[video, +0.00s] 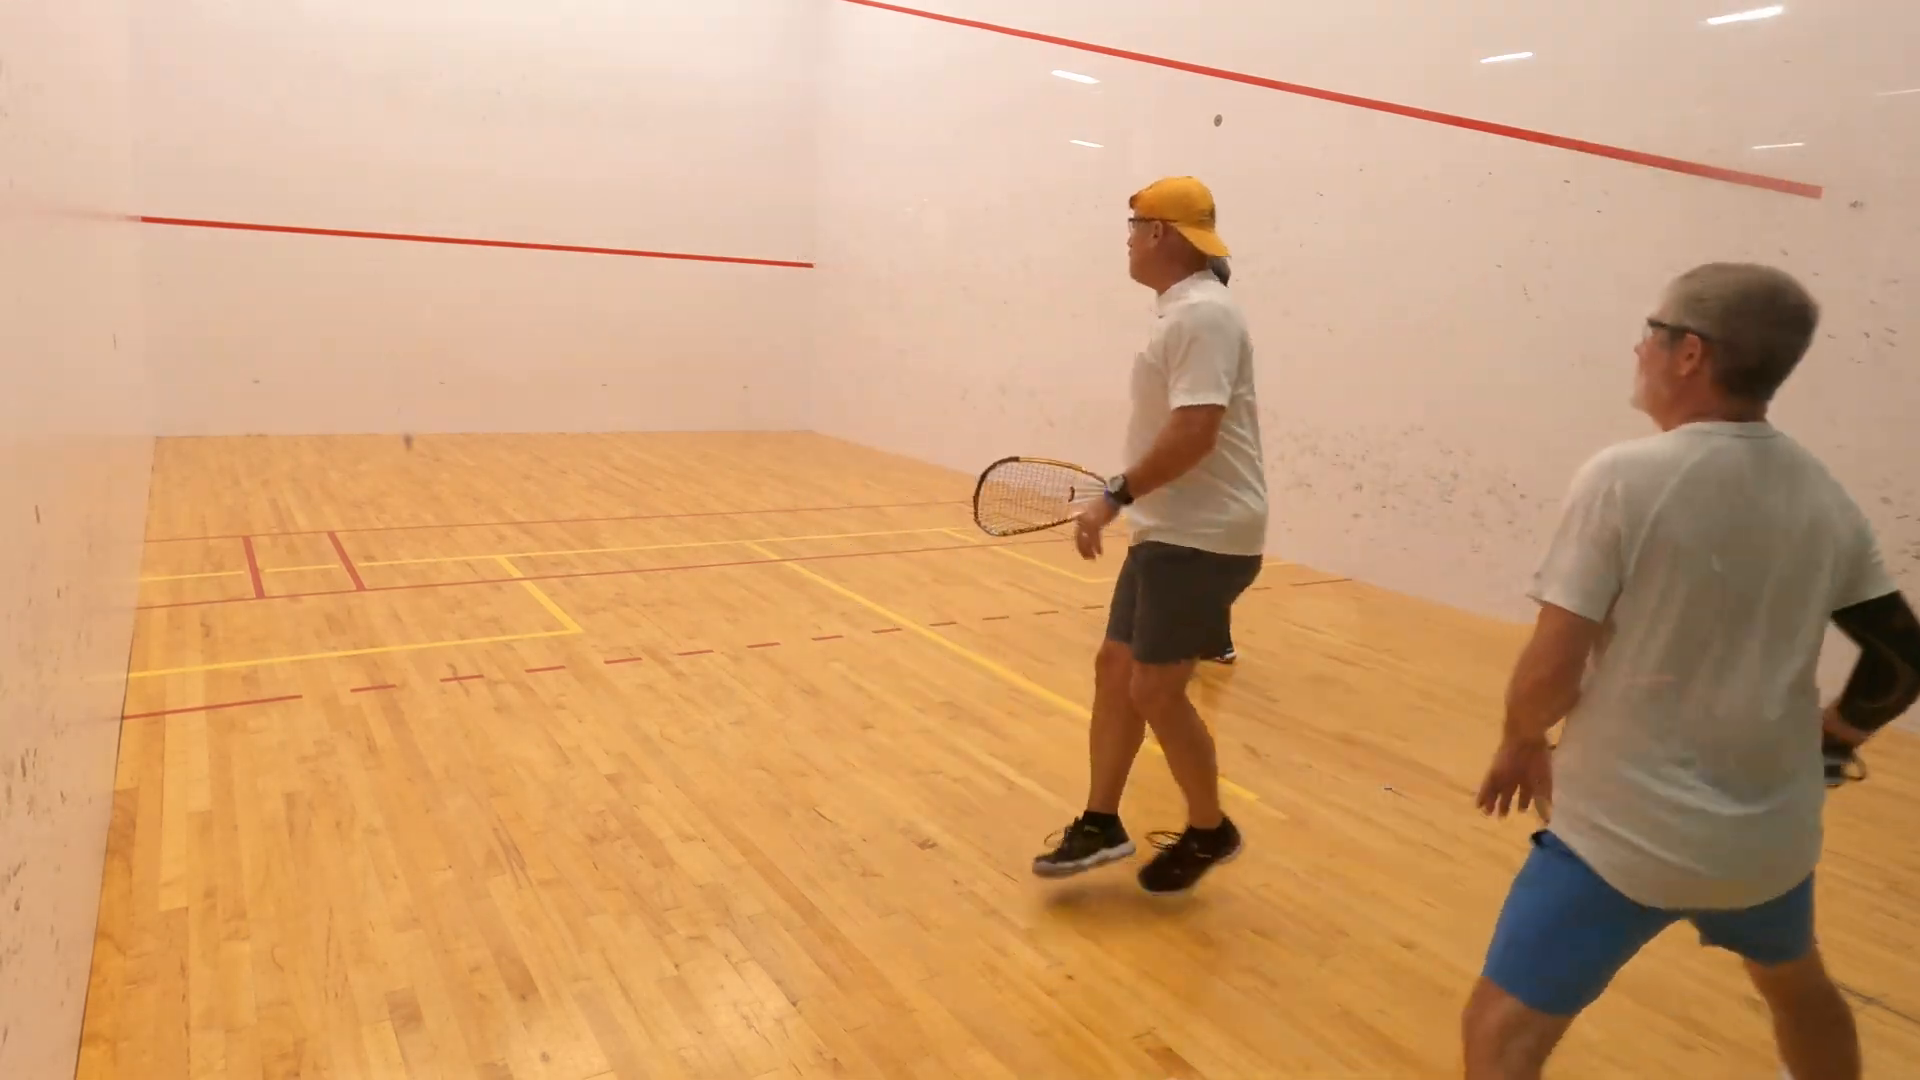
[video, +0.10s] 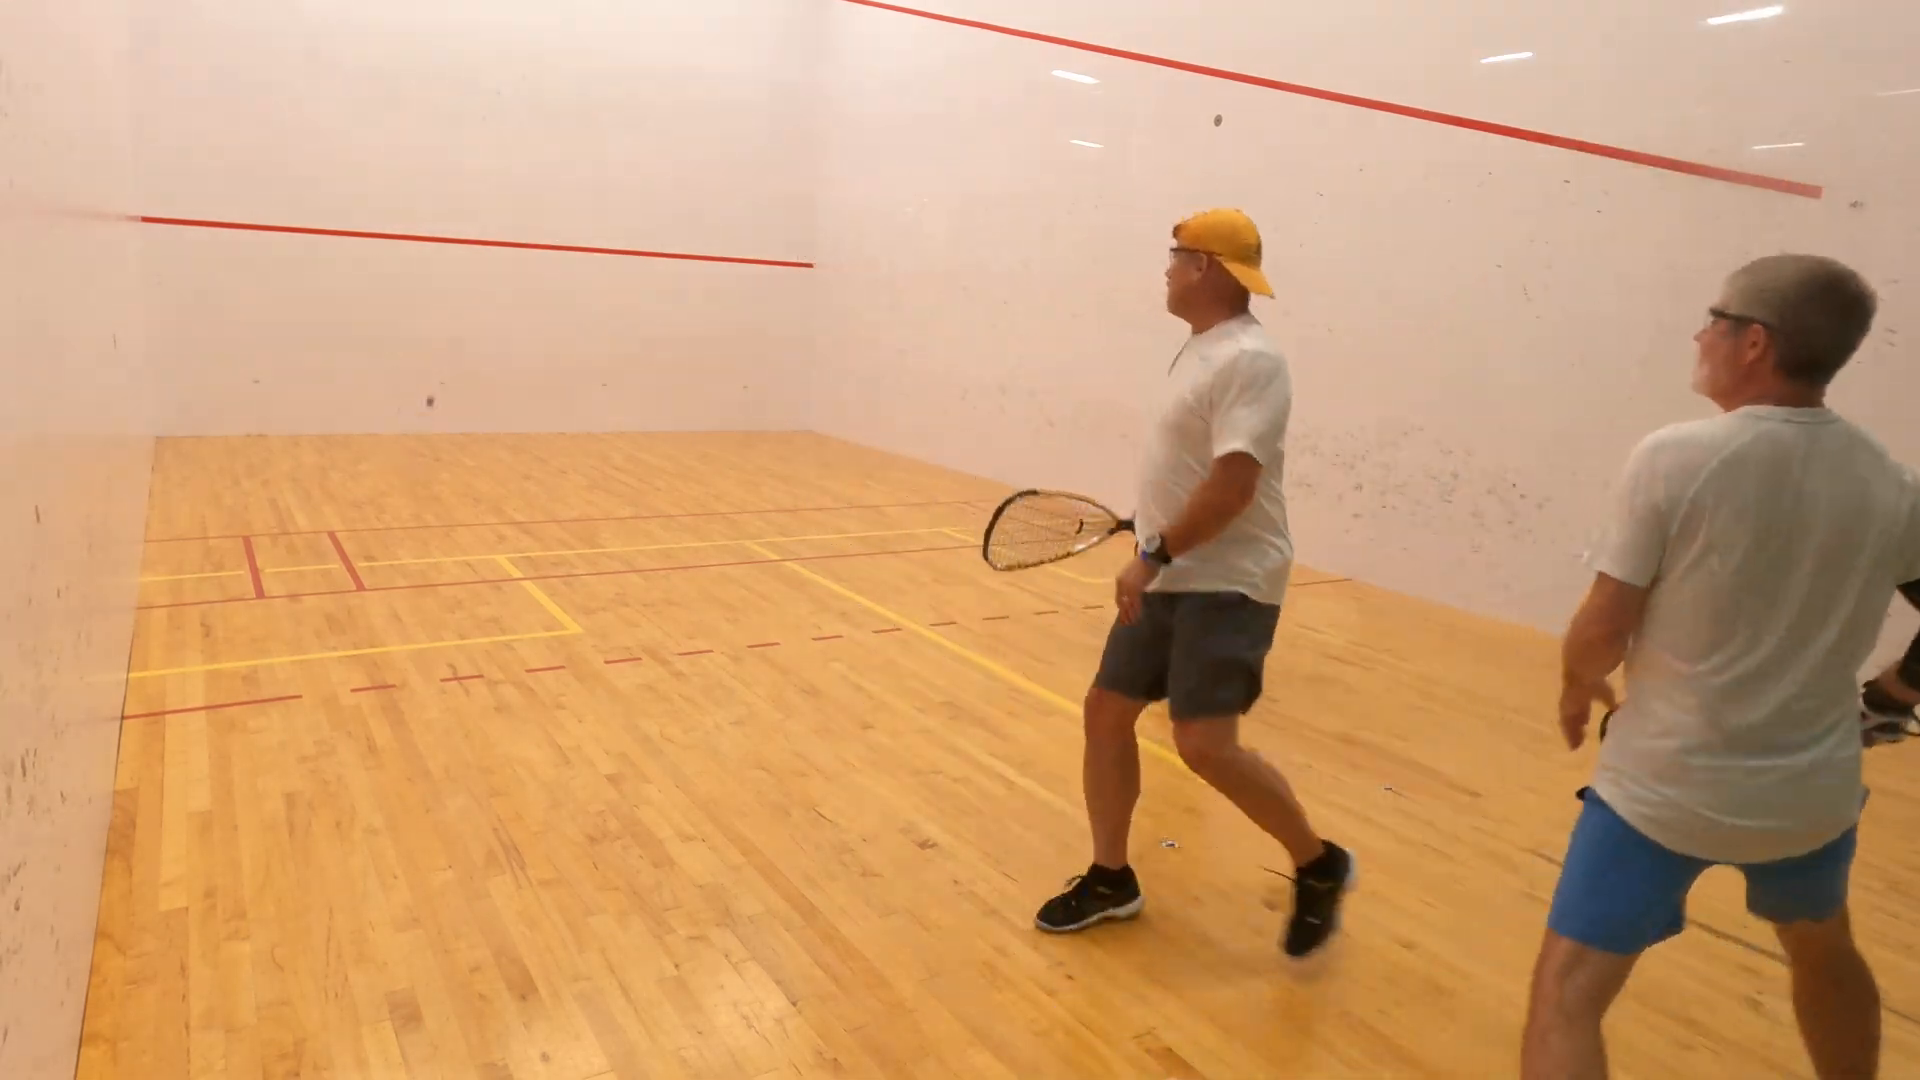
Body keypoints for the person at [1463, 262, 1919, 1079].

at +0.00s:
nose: (1641, 350)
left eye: (1652, 334)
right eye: (1649, 332)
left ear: (1691, 355)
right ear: (1770, 371)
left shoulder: (1627, 478)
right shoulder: (1816, 492)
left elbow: (1554, 663)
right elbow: (1899, 656)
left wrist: (1522, 736)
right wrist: (1835, 735)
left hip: (1623, 834)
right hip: (1771, 836)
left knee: (1502, 1037)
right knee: (1798, 984)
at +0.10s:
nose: (1702, 334)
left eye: (1715, 320)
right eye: (1710, 316)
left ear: (1757, 346)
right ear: (1822, 358)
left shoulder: (1677, 459)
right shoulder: (1885, 480)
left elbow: (1604, 623)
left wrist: (1576, 686)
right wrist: (1896, 687)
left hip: (1664, 789)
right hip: (1814, 795)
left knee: (1566, 1005)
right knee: (1824, 951)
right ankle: (1853, 1079)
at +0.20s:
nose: (1741, 314)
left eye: (1755, 300)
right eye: (1750, 296)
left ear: (1797, 321)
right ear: (1854, 334)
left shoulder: (1701, 421)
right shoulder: (1907, 452)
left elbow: (1619, 582)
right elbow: (1913, 625)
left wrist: (1623, 658)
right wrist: (1836, 658)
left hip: (1682, 740)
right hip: (1828, 754)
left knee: (1615, 915)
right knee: (1836, 936)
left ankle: (1658, 1072)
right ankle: (1856, 1074)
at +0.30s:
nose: (1757, 306)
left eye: (1772, 292)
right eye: (1766, 289)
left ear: (1814, 309)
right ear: (1859, 322)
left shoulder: (1714, 395)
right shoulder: (1904, 433)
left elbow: (1635, 540)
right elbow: (1902, 584)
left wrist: (1624, 635)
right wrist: (1816, 628)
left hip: (1681, 698)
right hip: (1819, 722)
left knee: (1644, 841)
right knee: (1843, 936)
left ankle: (1720, 1044)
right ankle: (1855, 1075)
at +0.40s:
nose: (1747, 324)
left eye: (1761, 309)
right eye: (1757, 307)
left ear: (1801, 324)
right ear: (1844, 339)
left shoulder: (1707, 408)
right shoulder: (1893, 448)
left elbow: (1633, 537)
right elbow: (1861, 551)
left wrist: (1608, 626)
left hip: (1684, 690)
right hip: (1816, 710)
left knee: (1652, 799)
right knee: (1844, 921)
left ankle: (1689, 958)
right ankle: (1857, 1075)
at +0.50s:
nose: (1711, 336)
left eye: (1723, 323)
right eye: (1720, 320)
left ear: (1757, 339)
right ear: (1795, 350)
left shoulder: (1678, 418)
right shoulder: (1844, 445)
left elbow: (1614, 537)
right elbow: (1823, 544)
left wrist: (1592, 624)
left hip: (1671, 681)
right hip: (1793, 693)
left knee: (1649, 785)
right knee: (1831, 888)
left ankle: (1656, 903)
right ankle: (1853, 1074)